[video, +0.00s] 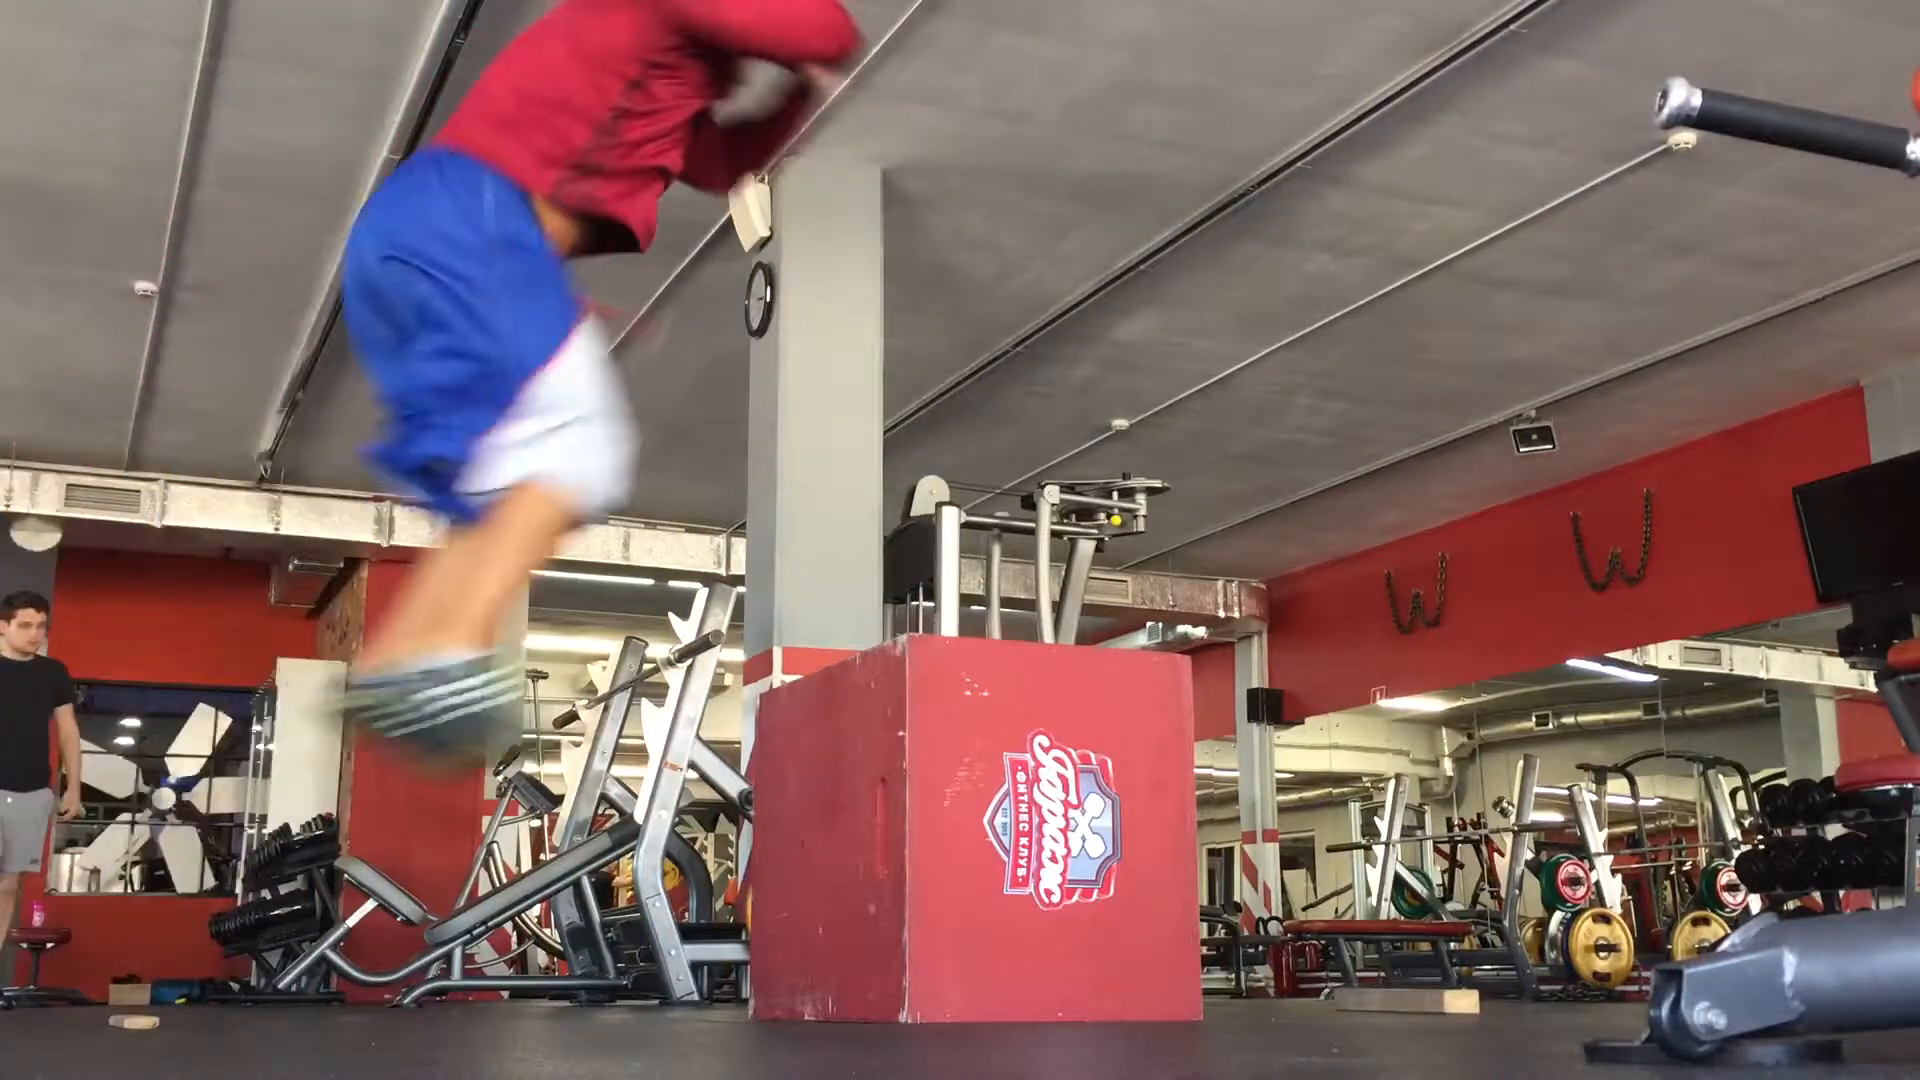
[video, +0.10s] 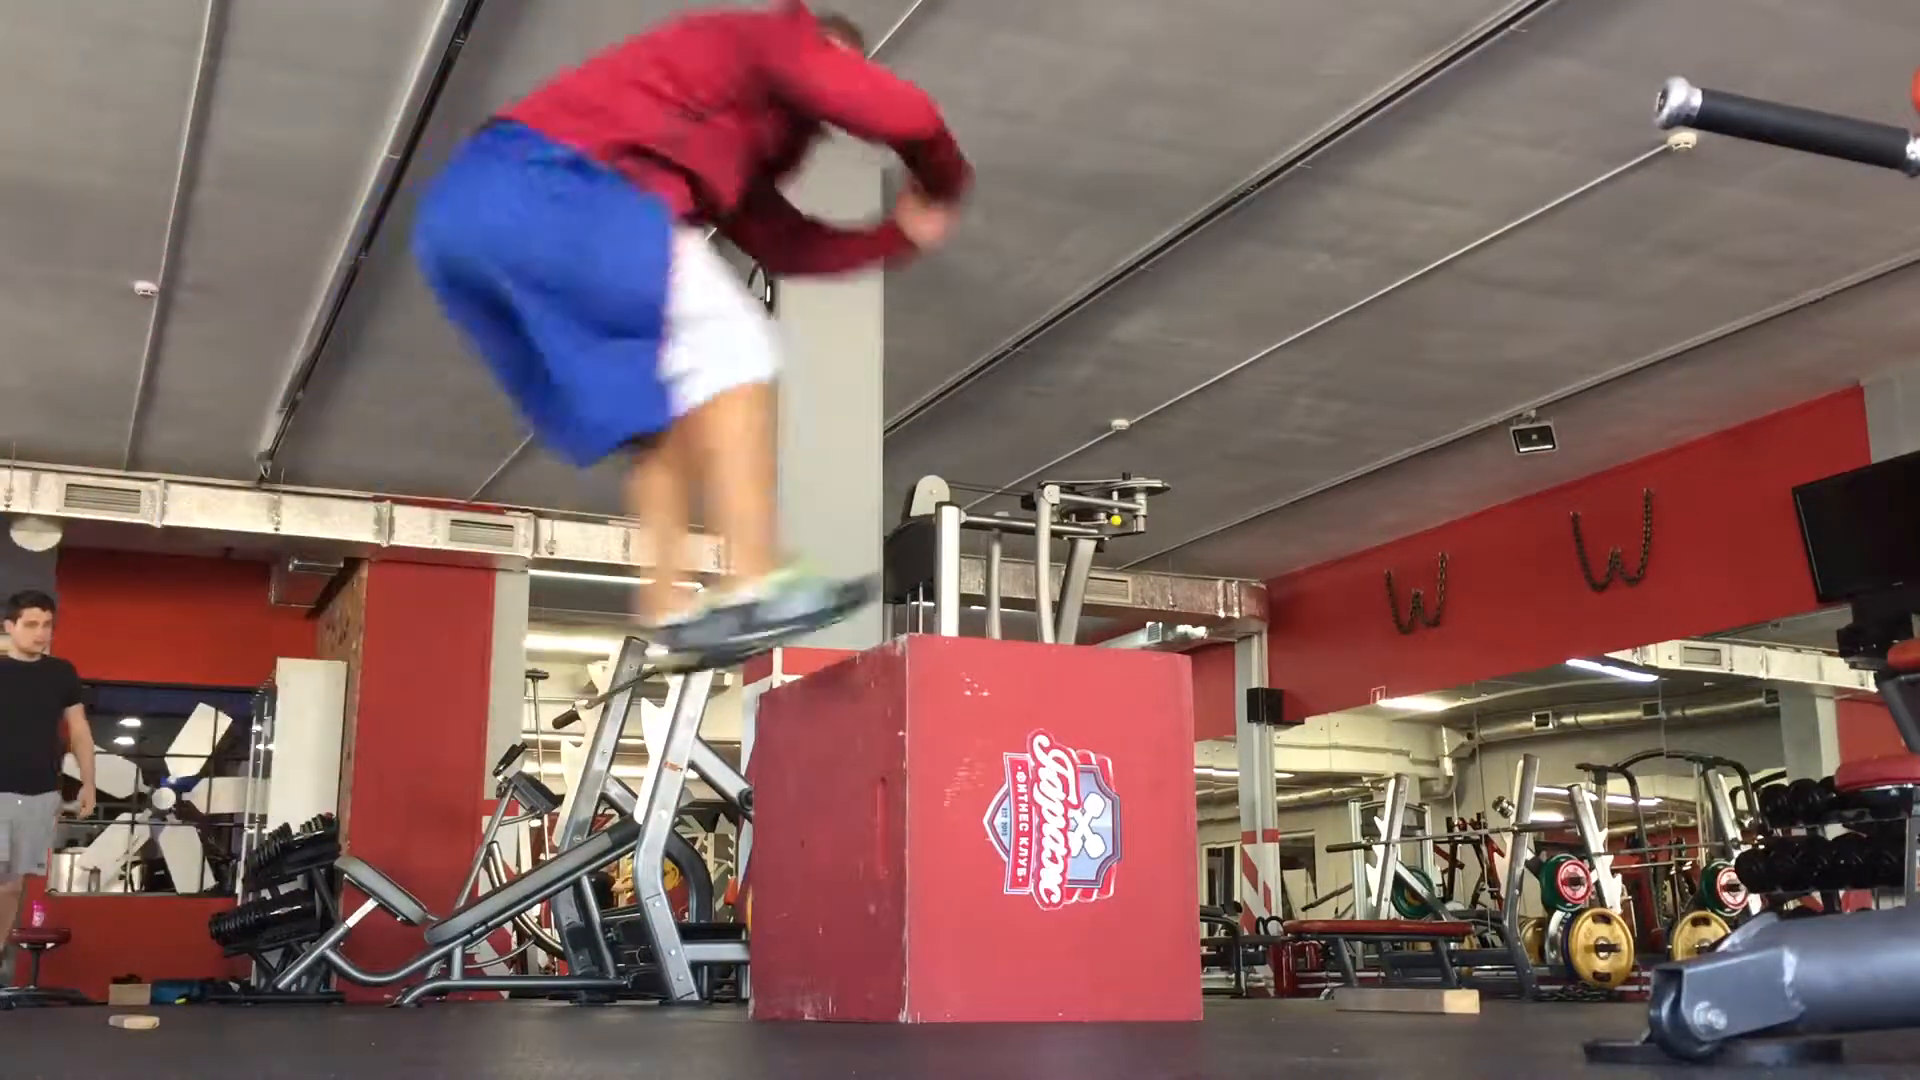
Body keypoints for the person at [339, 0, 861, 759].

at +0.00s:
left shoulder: (657, 79)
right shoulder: (665, 12)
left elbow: (720, 161)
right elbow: (827, 31)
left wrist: (805, 89)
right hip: (461, 214)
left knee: (511, 478)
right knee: (580, 443)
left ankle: (393, 660)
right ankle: (446, 652)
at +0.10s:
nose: (842, 91)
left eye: (847, 75)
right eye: (842, 67)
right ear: (822, 45)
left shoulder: (721, 146)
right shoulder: (772, 36)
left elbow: (787, 246)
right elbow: (909, 114)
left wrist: (897, 238)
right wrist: (944, 180)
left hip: (461, 224)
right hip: (539, 189)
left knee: (659, 412)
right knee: (733, 351)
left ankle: (669, 612)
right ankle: (751, 580)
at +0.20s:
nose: (924, 175)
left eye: (936, 156)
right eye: (934, 149)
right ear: (915, 116)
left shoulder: (809, 220)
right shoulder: (869, 113)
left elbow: (878, 308)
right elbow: (1002, 187)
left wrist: (979, 294)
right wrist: (1022, 247)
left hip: (545, 295)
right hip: (614, 238)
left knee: (765, 421)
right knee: (850, 350)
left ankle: (821, 630)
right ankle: (896, 596)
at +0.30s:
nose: (1005, 195)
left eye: (1005, 183)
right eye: (1003, 177)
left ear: (950, 144)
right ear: (980, 155)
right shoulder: (946, 158)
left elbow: (977, 314)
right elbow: (1086, 213)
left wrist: (1064, 264)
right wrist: (1102, 244)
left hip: (635, 346)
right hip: (712, 306)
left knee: (838, 456)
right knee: (946, 370)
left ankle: (834, 631)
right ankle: (912, 595)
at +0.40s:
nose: (1057, 178)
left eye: (1062, 167)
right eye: (1052, 159)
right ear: (1022, 134)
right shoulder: (987, 144)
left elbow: (1024, 298)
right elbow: (1139, 226)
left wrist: (1098, 238)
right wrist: (1134, 195)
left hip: (691, 317)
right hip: (777, 283)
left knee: (876, 465)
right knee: (989, 388)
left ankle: (837, 627)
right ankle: (913, 596)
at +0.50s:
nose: (1100, 135)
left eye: (1109, 127)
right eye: (1100, 114)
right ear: (1067, 87)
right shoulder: (1038, 95)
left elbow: (982, 302)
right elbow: (1133, 190)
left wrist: (1083, 284)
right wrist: (1183, 229)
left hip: (743, 243)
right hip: (826, 221)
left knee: (913, 433)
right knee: (999, 398)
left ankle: (846, 621)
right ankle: (913, 595)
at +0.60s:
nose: (1139, 102)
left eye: (1147, 96)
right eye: (1142, 83)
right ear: (1117, 44)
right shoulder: (1077, 52)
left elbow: (949, 219)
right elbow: (1129, 147)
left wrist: (1022, 330)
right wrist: (1190, 251)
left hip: (805, 197)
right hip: (883, 186)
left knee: (931, 413)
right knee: (1003, 395)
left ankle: (883, 601)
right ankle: (913, 597)